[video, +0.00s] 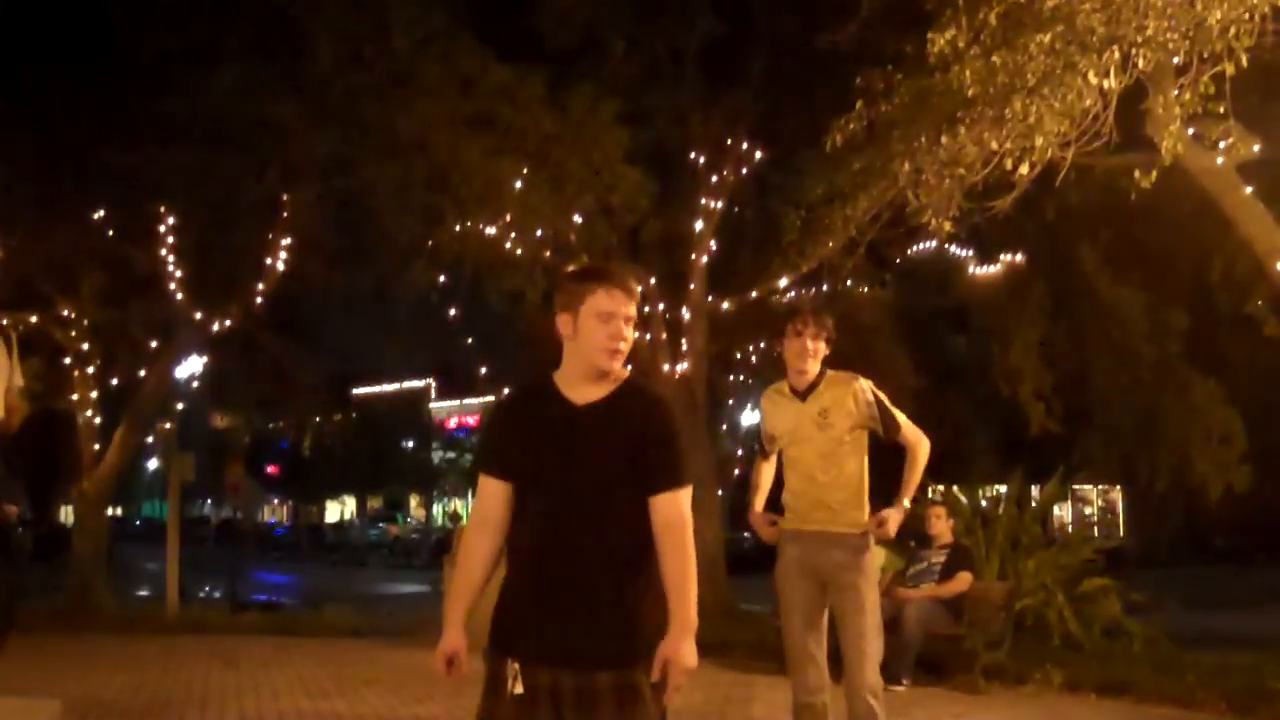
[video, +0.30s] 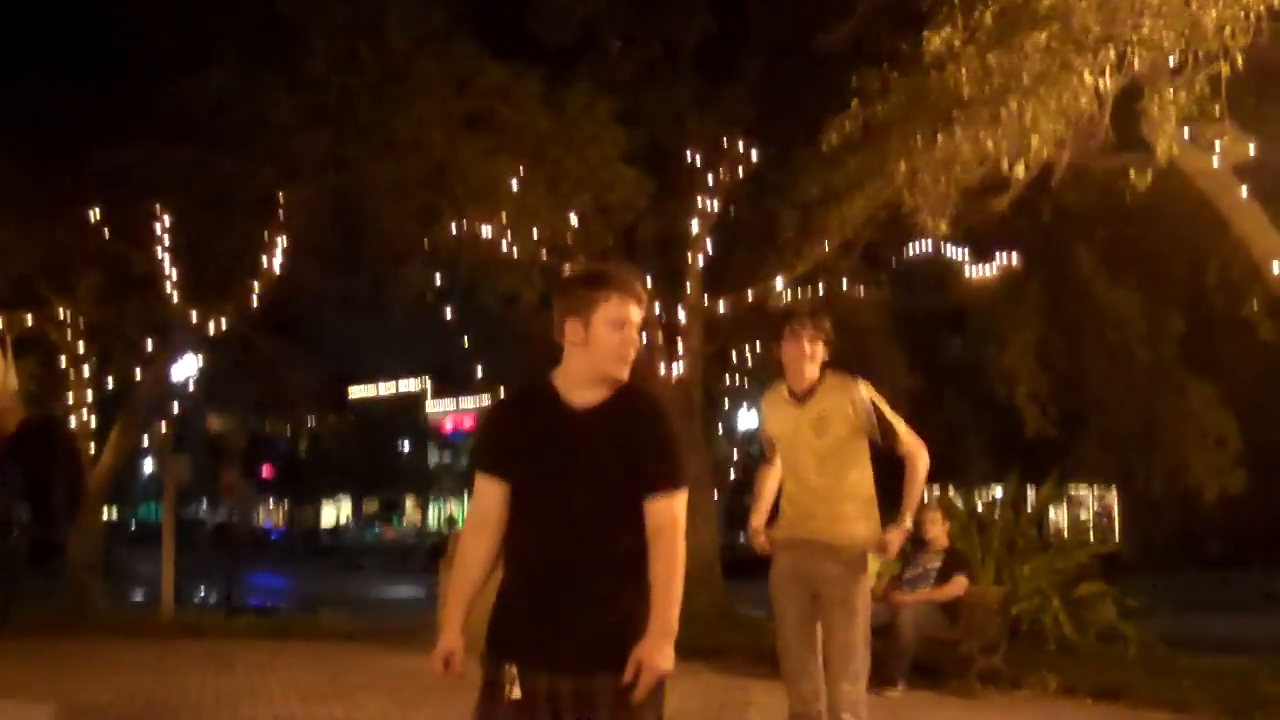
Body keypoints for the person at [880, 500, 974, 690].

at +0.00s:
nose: (932, 522)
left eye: (937, 517)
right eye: (929, 518)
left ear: (950, 523)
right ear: (924, 522)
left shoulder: (960, 551)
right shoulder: (918, 552)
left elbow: (962, 583)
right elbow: (898, 578)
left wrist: (916, 593)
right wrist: (897, 592)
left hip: (943, 609)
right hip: (909, 603)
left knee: (912, 609)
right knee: (876, 607)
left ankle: (902, 674)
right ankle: (867, 670)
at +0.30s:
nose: (927, 529)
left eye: (933, 523)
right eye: (924, 523)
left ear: (946, 526)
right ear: (919, 527)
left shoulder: (955, 557)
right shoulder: (913, 554)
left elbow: (957, 588)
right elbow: (896, 579)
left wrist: (911, 598)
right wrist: (886, 590)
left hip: (937, 613)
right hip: (903, 607)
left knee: (907, 614)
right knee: (864, 612)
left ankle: (898, 679)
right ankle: (859, 674)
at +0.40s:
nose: (899, 537)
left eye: (905, 531)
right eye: (897, 532)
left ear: (918, 535)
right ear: (891, 536)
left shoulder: (928, 567)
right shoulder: (885, 567)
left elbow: (929, 598)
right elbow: (865, 597)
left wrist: (883, 608)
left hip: (911, 626)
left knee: (881, 622)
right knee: (841, 620)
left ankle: (872, 688)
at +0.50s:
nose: (896, 559)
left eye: (901, 552)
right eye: (893, 553)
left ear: (915, 555)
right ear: (888, 557)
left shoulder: (924, 586)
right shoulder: (879, 586)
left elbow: (924, 618)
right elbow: (860, 620)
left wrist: (877, 627)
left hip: (908, 649)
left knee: (877, 639)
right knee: (840, 637)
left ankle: (871, 706)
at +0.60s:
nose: (901, 570)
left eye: (907, 565)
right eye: (897, 566)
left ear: (920, 569)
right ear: (892, 570)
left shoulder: (930, 599)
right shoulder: (883, 599)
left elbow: (932, 631)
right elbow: (866, 628)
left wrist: (886, 641)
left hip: (914, 657)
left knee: (884, 656)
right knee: (852, 654)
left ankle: (875, 714)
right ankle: (848, 711)